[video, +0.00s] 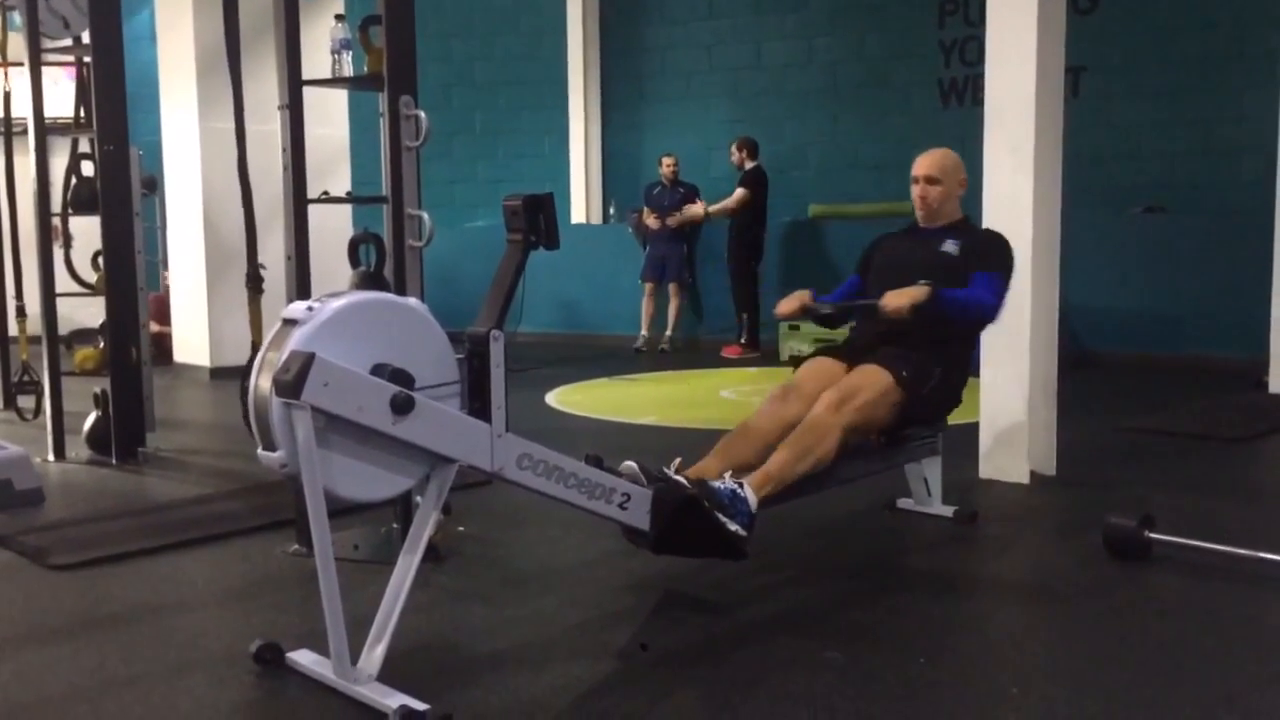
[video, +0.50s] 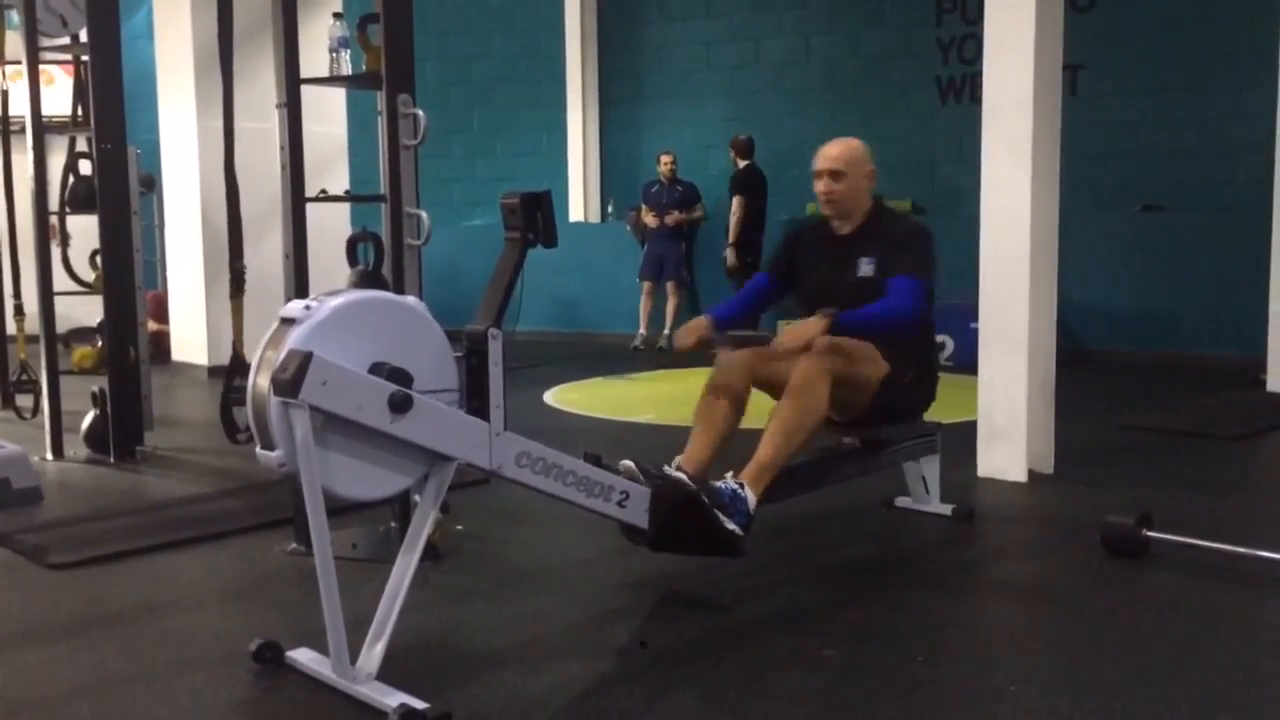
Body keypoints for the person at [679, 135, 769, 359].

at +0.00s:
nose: (731, 158)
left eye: (734, 154)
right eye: (731, 154)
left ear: (744, 153)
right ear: (746, 154)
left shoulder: (753, 175)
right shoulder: (751, 175)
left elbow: (734, 203)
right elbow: (733, 207)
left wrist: (706, 211)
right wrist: (707, 209)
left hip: (745, 242)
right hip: (743, 241)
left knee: (743, 290)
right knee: (743, 289)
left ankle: (747, 342)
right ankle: (745, 340)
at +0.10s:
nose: (733, 156)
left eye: (734, 152)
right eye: (734, 151)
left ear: (740, 152)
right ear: (752, 152)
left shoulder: (753, 174)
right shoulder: (752, 173)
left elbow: (733, 204)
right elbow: (734, 207)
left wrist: (710, 210)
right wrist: (711, 213)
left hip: (745, 242)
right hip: (743, 240)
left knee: (744, 290)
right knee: (743, 289)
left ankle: (747, 341)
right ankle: (745, 339)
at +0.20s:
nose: (732, 153)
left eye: (733, 149)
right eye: (733, 149)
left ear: (737, 150)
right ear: (752, 150)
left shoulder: (749, 173)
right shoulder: (754, 172)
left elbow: (731, 204)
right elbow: (741, 209)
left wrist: (710, 211)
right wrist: (720, 225)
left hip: (742, 239)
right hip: (744, 236)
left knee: (741, 287)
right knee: (743, 287)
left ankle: (744, 339)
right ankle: (746, 337)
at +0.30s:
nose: (732, 151)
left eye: (733, 147)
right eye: (733, 147)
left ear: (736, 149)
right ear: (753, 149)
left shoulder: (745, 172)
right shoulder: (754, 171)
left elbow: (732, 205)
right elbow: (738, 203)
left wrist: (714, 225)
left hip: (742, 238)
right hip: (747, 235)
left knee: (740, 286)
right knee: (744, 287)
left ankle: (744, 338)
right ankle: (747, 336)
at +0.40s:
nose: (733, 152)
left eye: (733, 148)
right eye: (735, 148)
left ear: (735, 150)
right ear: (753, 150)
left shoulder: (742, 174)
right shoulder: (757, 173)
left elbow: (734, 210)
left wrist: (727, 239)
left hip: (741, 241)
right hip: (752, 239)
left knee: (739, 289)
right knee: (747, 287)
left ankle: (742, 337)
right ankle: (748, 335)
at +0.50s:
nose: (730, 154)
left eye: (731, 151)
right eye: (731, 150)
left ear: (734, 153)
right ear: (752, 151)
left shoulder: (740, 176)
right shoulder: (759, 174)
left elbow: (737, 212)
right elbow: (758, 212)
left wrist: (731, 244)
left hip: (742, 242)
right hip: (755, 240)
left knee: (741, 289)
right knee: (749, 286)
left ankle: (742, 333)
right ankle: (750, 331)